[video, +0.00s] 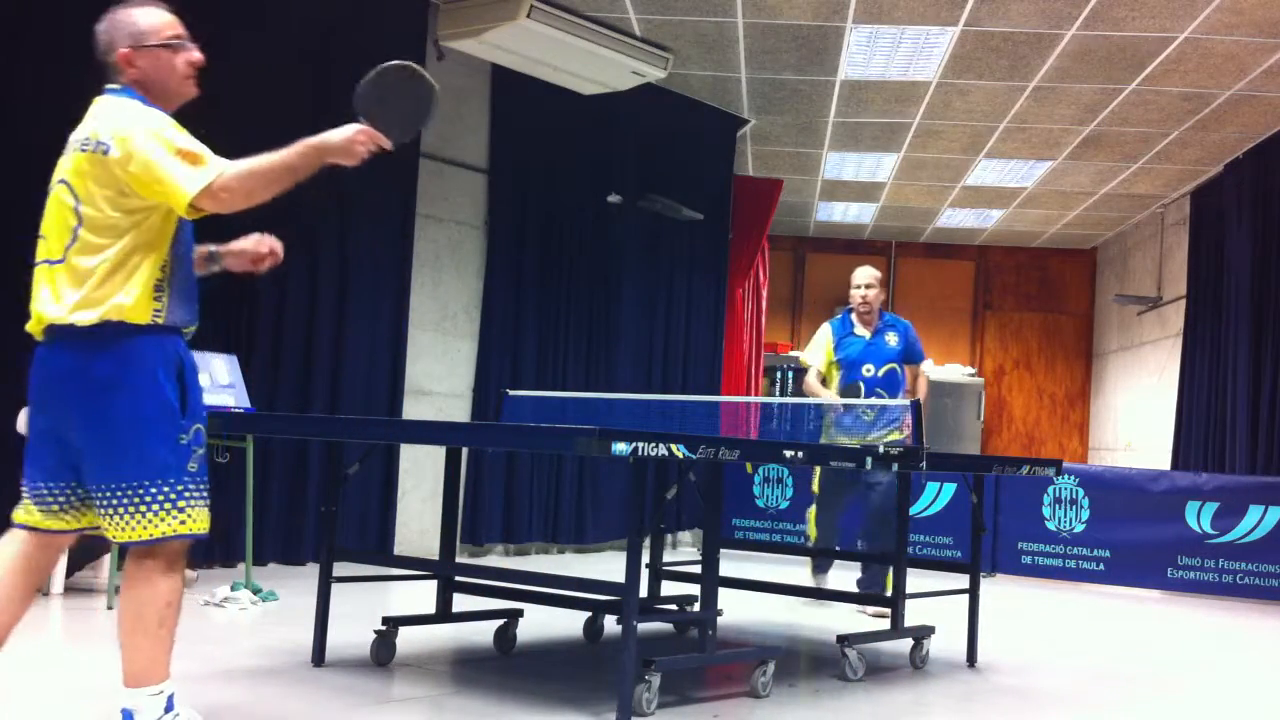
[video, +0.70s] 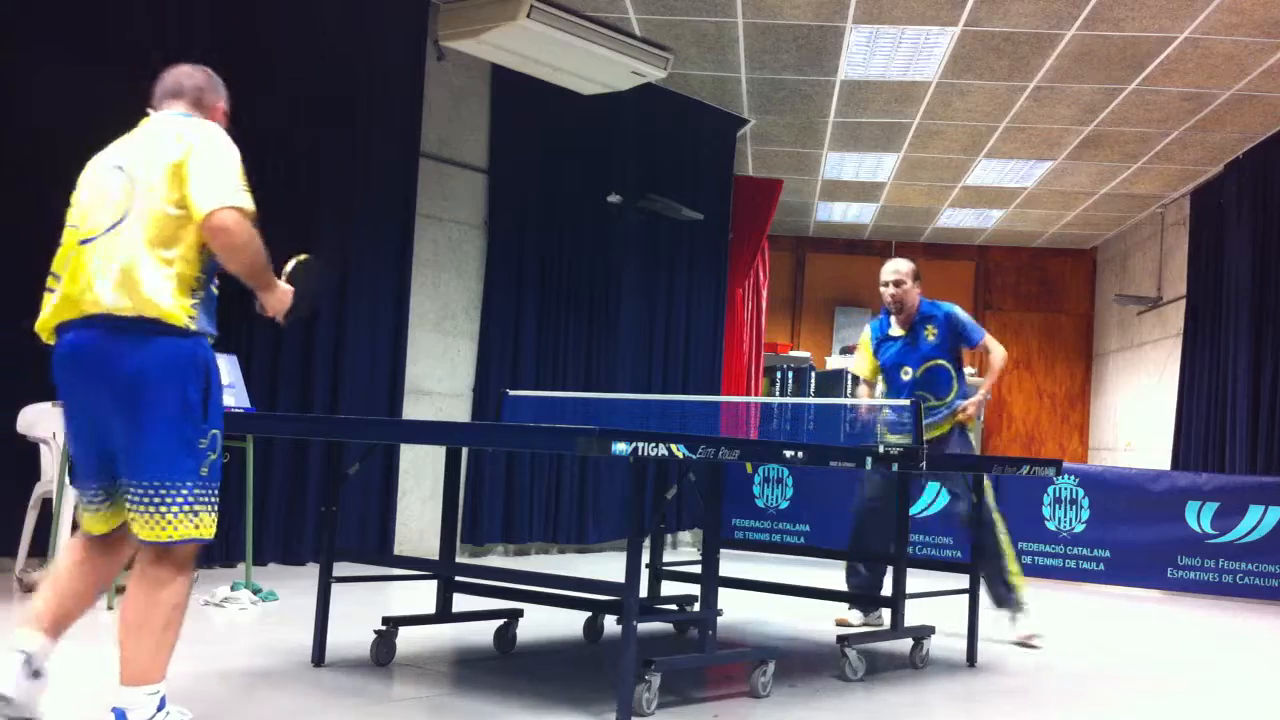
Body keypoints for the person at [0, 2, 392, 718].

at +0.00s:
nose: (196, 57)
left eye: (191, 44)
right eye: (178, 45)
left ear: (131, 63)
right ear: (131, 61)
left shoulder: (101, 125)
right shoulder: (131, 123)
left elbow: (124, 252)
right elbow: (216, 188)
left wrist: (220, 256)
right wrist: (322, 147)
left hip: (63, 356)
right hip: (127, 353)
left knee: (42, 529)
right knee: (159, 541)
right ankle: (147, 705)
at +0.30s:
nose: (160, 65)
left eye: (156, 52)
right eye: (151, 52)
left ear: (97, 64)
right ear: (117, 59)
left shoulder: (64, 125)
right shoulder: (102, 118)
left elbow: (148, 246)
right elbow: (143, 208)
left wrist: (231, 197)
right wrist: (250, 202)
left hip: (28, 347)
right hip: (101, 346)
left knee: (12, 529)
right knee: (134, 531)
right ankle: (135, 703)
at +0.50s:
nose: (182, 96)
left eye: (180, 83)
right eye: (180, 82)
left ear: (110, 80)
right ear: (163, 76)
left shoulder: (77, 142)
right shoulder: (138, 129)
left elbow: (112, 248)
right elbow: (160, 220)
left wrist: (211, 234)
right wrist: (241, 258)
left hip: (48, 358)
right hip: (129, 358)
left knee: (33, 532)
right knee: (154, 535)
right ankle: (138, 704)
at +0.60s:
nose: (205, 110)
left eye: (204, 100)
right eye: (204, 99)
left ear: (134, 92)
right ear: (190, 92)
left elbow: (57, 279)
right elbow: (191, 221)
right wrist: (257, 276)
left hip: (70, 359)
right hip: (151, 359)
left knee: (64, 549)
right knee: (164, 548)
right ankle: (138, 706)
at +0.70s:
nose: (225, 127)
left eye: (224, 118)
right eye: (226, 118)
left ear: (156, 106)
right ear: (217, 112)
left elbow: (77, 267)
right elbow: (223, 224)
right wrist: (269, 286)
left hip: (78, 348)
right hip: (160, 350)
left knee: (105, 529)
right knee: (170, 546)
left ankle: (25, 651)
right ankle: (140, 706)